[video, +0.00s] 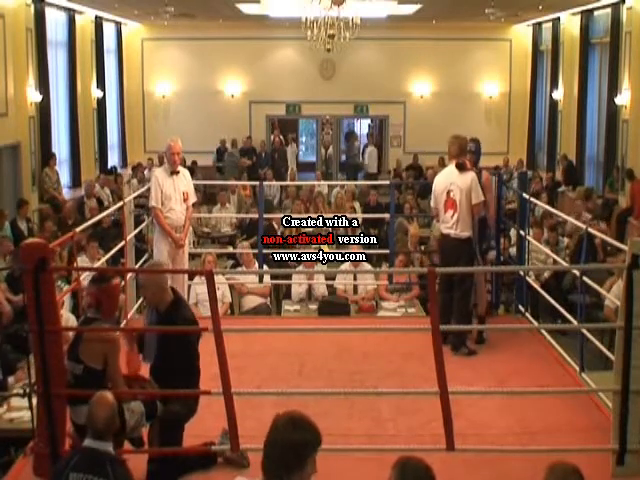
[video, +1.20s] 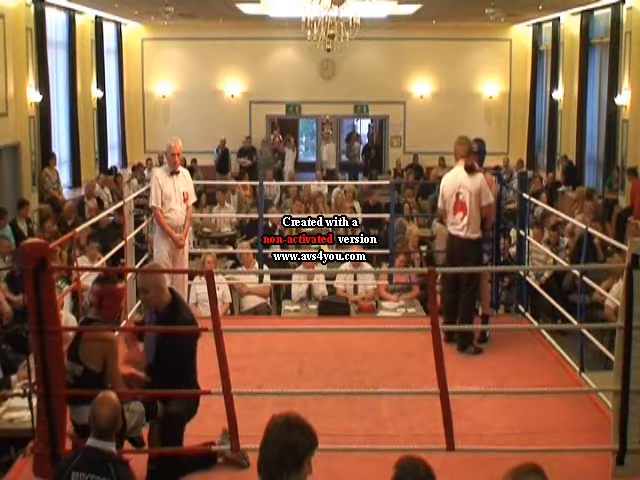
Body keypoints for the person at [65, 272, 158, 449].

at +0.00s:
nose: (121, 299)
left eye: (120, 293)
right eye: (117, 294)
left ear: (95, 298)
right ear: (103, 298)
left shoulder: (83, 325)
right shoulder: (109, 335)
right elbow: (119, 391)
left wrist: (131, 385)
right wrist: (140, 395)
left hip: (76, 412)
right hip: (95, 416)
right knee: (152, 405)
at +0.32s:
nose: (120, 301)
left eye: (119, 295)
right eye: (117, 295)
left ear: (94, 298)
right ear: (104, 299)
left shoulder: (83, 325)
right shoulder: (108, 336)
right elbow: (117, 388)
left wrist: (129, 384)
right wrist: (139, 396)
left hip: (76, 410)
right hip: (94, 415)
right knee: (153, 406)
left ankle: (133, 430)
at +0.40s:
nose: (120, 304)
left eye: (120, 298)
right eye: (117, 298)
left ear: (93, 299)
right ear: (105, 300)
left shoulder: (83, 327)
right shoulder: (106, 338)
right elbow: (117, 390)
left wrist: (129, 383)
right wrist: (139, 394)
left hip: (76, 410)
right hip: (93, 415)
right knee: (152, 405)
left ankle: (133, 429)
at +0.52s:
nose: (120, 304)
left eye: (120, 298)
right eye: (117, 298)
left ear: (94, 299)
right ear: (103, 300)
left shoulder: (83, 327)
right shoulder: (105, 339)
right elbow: (117, 390)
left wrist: (129, 384)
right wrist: (139, 395)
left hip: (76, 410)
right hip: (94, 415)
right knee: (152, 405)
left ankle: (133, 430)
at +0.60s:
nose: (120, 304)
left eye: (120, 298)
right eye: (117, 298)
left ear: (94, 300)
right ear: (105, 300)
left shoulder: (83, 328)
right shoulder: (105, 339)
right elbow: (116, 389)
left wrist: (130, 384)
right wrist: (140, 395)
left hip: (76, 410)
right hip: (94, 414)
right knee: (152, 406)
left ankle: (133, 430)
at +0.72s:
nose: (120, 305)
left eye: (120, 299)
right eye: (117, 299)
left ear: (94, 300)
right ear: (104, 301)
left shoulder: (83, 329)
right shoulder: (105, 339)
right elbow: (116, 390)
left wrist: (128, 384)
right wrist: (141, 395)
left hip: (77, 410)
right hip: (94, 414)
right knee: (152, 406)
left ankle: (133, 430)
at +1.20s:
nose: (122, 304)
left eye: (122, 299)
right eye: (118, 299)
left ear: (95, 300)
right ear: (100, 301)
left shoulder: (85, 325)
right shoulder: (107, 337)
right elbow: (118, 391)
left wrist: (129, 378)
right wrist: (139, 395)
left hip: (77, 410)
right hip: (94, 415)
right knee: (152, 407)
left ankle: (132, 429)